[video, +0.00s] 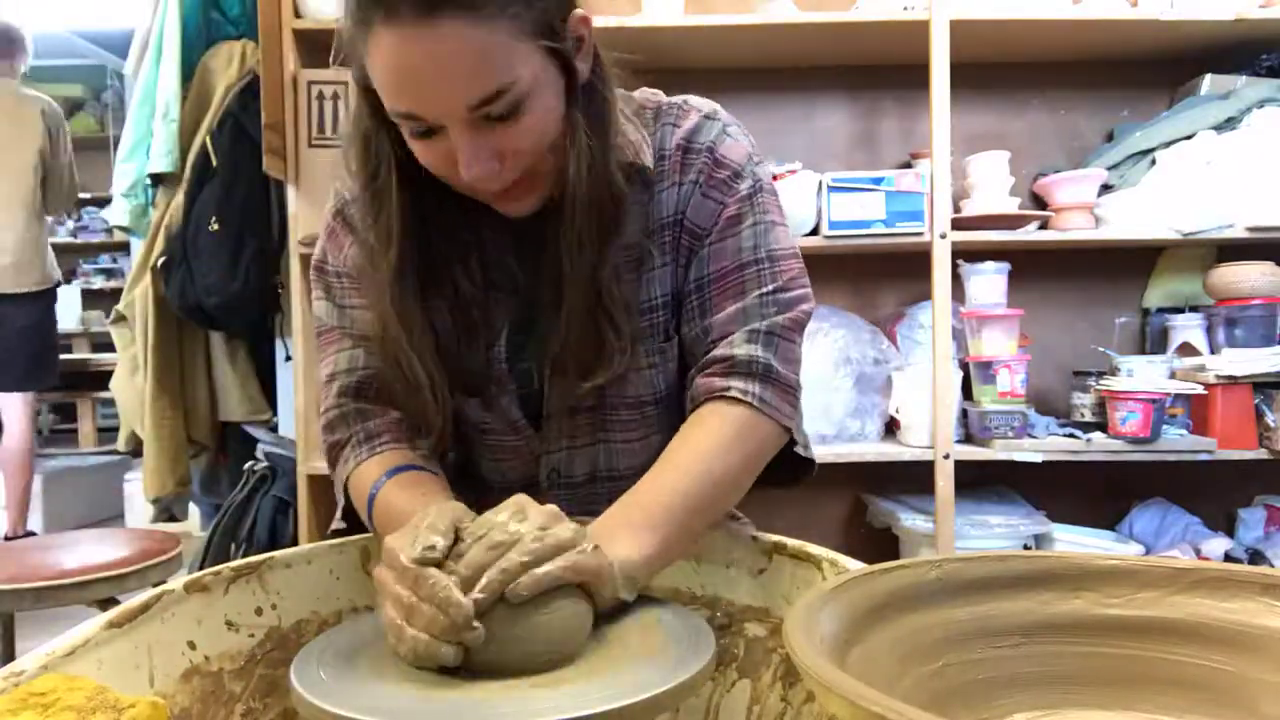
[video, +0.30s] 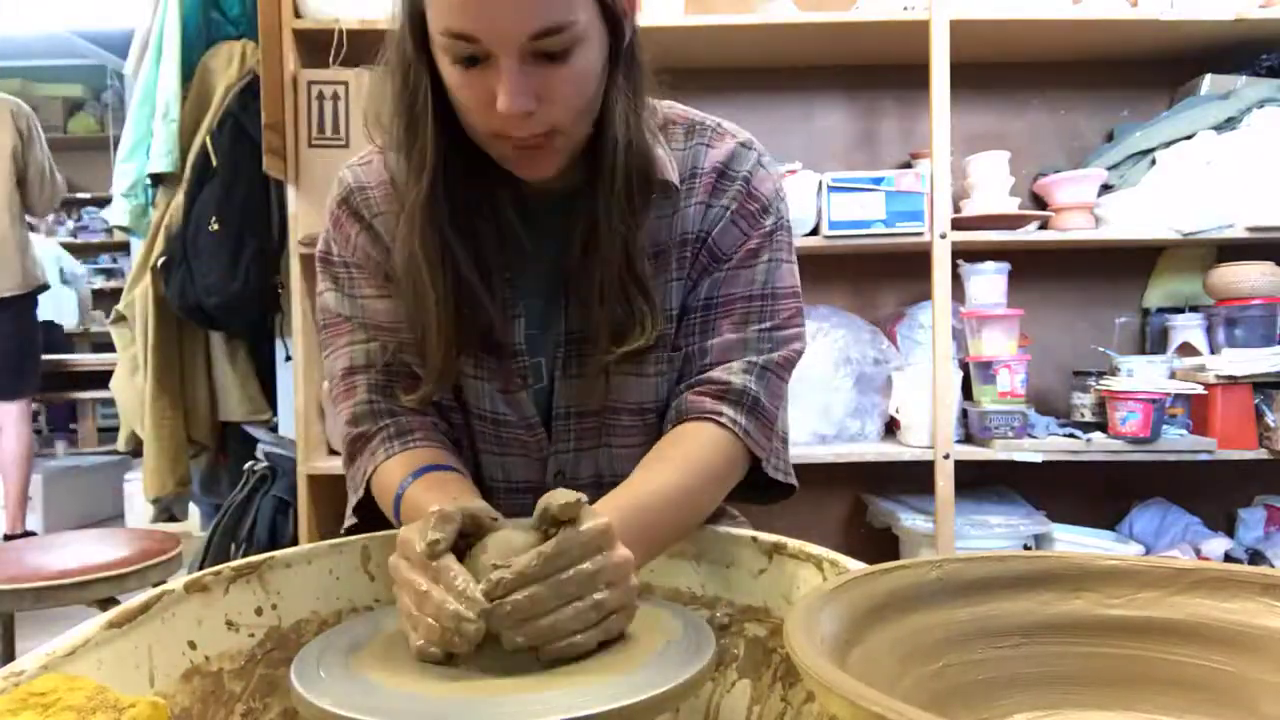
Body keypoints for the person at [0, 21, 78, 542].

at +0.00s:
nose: (19, 67)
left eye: (13, 58)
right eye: (21, 58)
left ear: (2, 58)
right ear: (20, 58)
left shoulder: (41, 113)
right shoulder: (41, 111)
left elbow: (59, 201)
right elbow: (62, 201)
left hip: (21, 280)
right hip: (22, 278)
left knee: (18, 408)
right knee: (17, 409)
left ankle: (14, 528)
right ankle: (14, 530)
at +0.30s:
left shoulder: (16, 116)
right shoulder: (14, 115)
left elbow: (44, 197)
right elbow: (44, 197)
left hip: (14, 282)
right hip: (12, 281)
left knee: (16, 405)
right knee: (14, 404)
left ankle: (13, 526)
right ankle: (13, 528)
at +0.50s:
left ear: (36, 171)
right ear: (73, 180)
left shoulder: (9, 179)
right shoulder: (77, 194)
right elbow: (85, 275)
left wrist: (69, 321)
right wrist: (72, 325)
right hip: (21, 279)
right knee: (30, 407)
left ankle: (41, 517)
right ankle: (41, 519)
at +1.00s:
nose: (65, 122)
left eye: (66, 116)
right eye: (66, 115)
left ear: (21, 103)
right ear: (56, 107)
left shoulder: (3, 133)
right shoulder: (71, 147)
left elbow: (92, 234)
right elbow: (94, 235)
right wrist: (66, 250)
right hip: (34, 287)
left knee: (21, 400)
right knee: (38, 403)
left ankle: (42, 514)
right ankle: (43, 519)